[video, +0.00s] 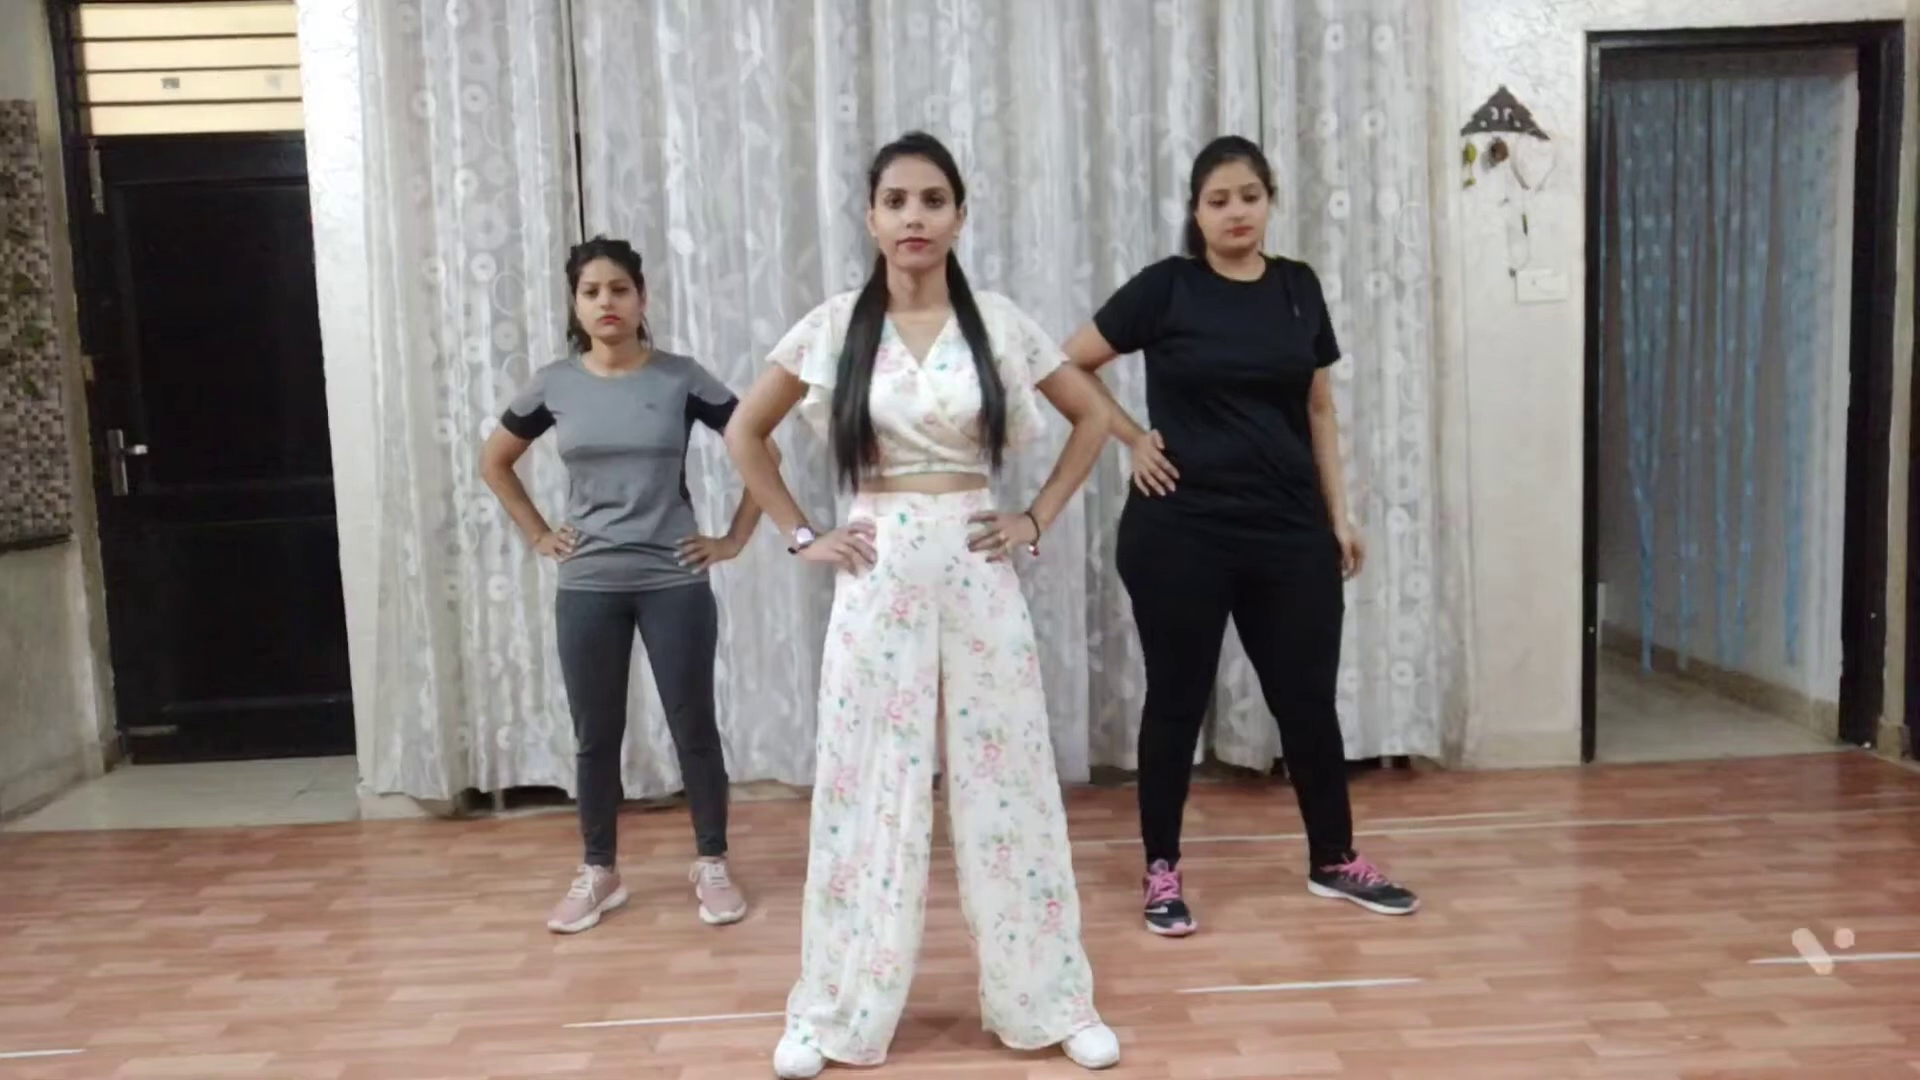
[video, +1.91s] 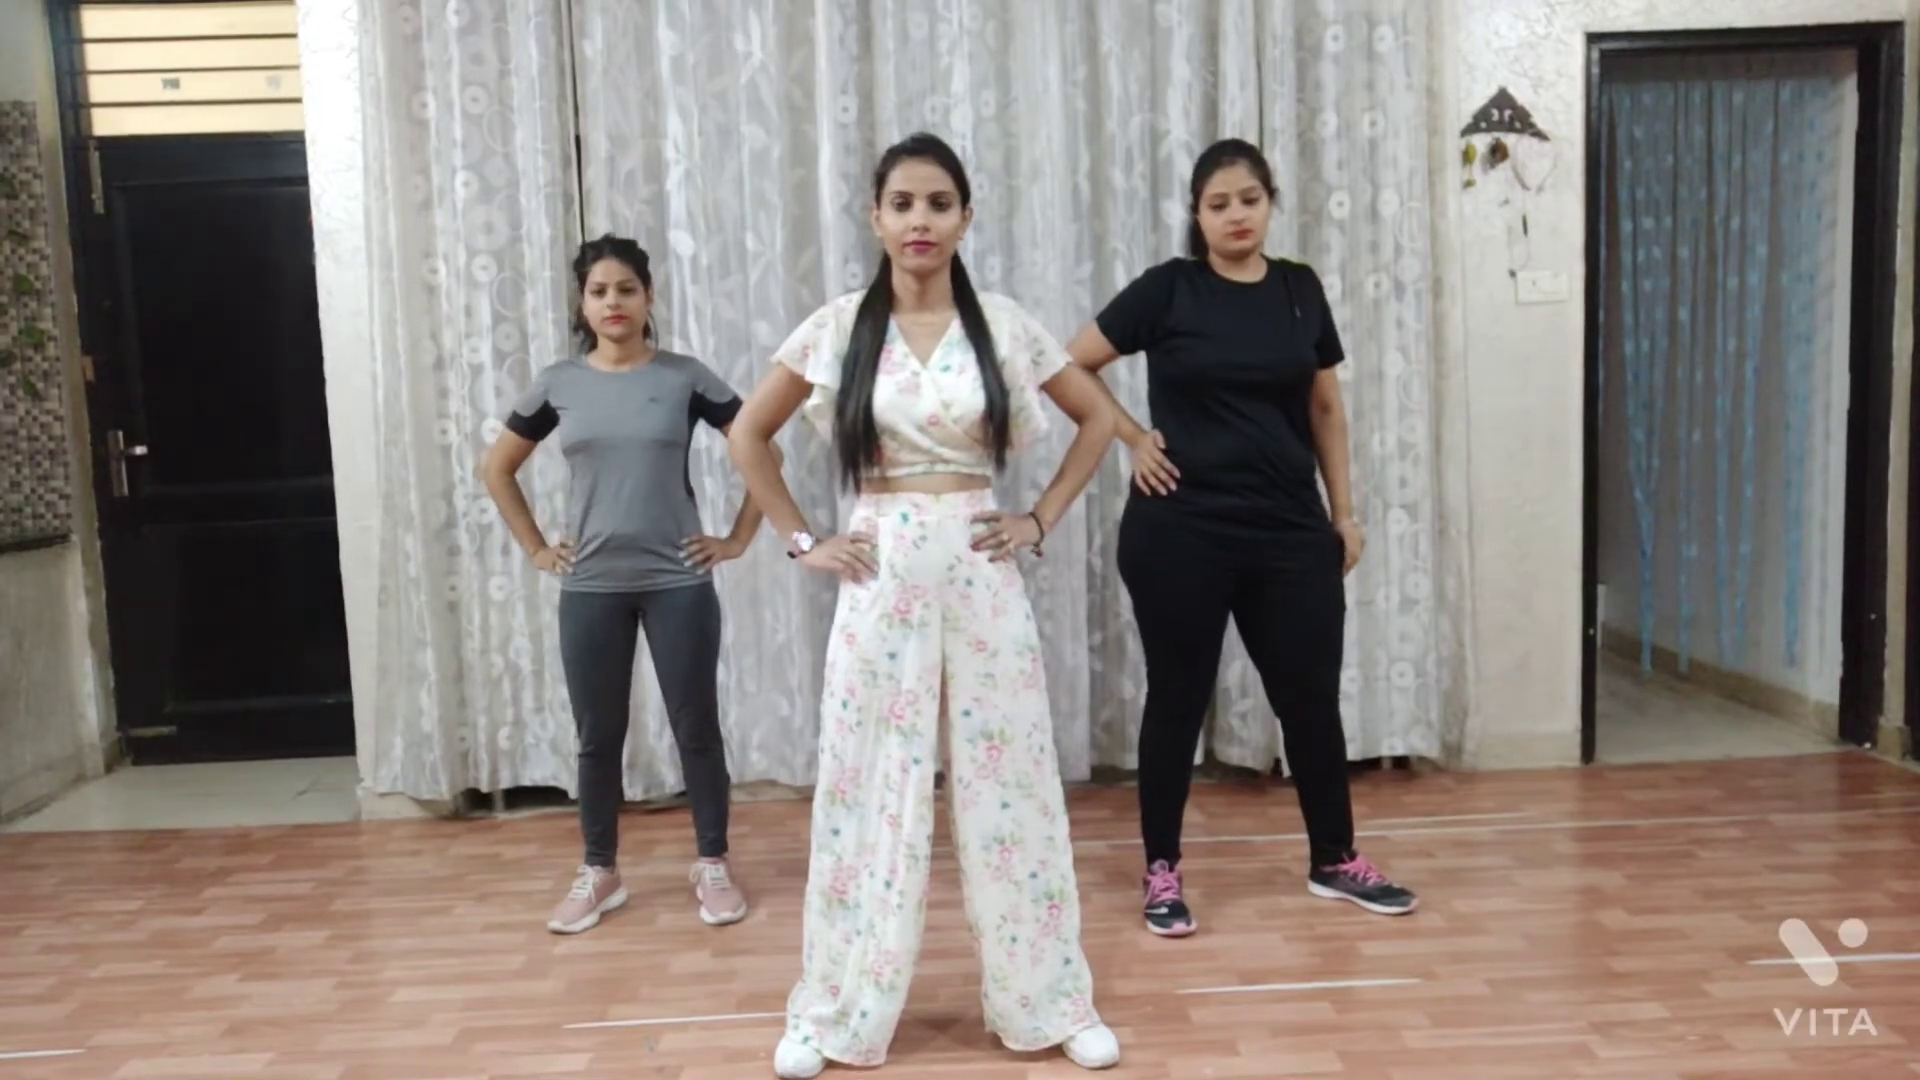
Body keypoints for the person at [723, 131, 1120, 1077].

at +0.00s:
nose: (914, 219)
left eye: (932, 201)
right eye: (896, 201)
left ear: (958, 215)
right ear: (871, 216)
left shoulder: (997, 324)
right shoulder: (834, 327)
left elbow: (1097, 419)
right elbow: (742, 434)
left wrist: (1035, 518)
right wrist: (806, 534)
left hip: (982, 577)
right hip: (880, 580)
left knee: (1007, 789)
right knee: (862, 793)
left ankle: (1046, 1000)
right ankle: (831, 1012)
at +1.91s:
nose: (919, 223)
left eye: (938, 205)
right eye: (902, 205)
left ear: (964, 217)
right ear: (876, 217)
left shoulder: (1001, 326)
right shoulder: (839, 327)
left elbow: (1103, 421)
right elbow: (746, 435)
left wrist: (1039, 517)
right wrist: (806, 540)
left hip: (985, 576)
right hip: (882, 578)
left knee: (1010, 788)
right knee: (864, 792)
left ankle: (1047, 1000)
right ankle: (834, 1011)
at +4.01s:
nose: (923, 237)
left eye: (943, 220)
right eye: (906, 219)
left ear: (968, 235)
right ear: (882, 234)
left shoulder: (1003, 332)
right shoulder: (846, 333)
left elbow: (1113, 427)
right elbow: (742, 442)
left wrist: (1046, 536)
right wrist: (800, 557)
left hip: (983, 581)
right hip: (878, 585)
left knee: (1021, 776)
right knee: (835, 781)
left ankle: (1058, 987)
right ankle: (820, 999)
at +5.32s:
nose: (990, 248)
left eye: (1007, 230)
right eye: (971, 233)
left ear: (1035, 241)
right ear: (948, 249)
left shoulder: (1071, 341)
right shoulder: (908, 349)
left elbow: (1141, 439)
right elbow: (802, 435)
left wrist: (1083, 550)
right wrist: (811, 555)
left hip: (999, 600)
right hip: (898, 591)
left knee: (1042, 804)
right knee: (848, 793)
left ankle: (1083, 1001)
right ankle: (815, 1009)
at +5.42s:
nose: (994, 261)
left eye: (1011, 243)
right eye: (976, 245)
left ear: (1039, 256)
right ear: (952, 260)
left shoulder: (1080, 364)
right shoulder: (907, 360)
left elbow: (1151, 458)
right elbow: (797, 455)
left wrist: (1083, 573)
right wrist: (835, 578)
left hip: (1013, 613)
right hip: (907, 605)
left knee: (1056, 826)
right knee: (846, 804)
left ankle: (1080, 1001)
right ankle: (815, 1005)